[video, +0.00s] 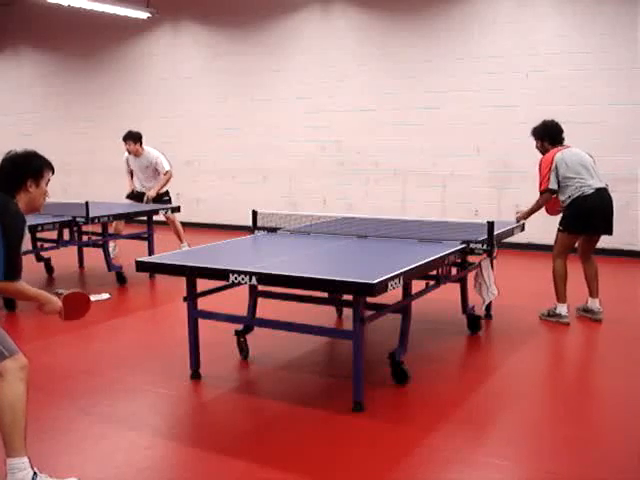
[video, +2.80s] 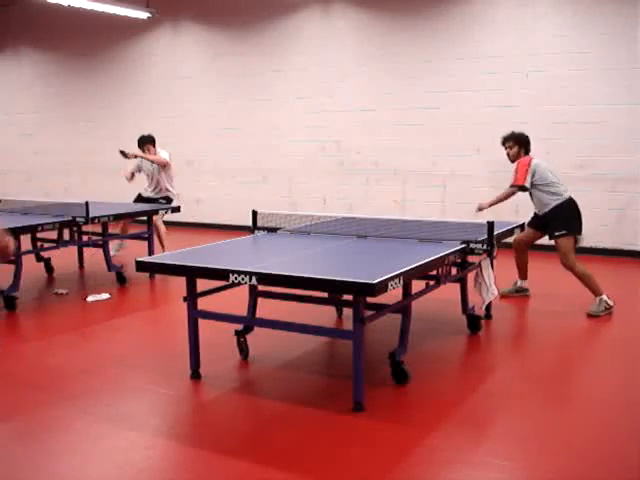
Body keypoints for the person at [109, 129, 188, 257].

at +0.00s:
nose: (126, 148)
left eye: (128, 144)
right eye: (125, 145)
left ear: (137, 144)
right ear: (128, 145)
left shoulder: (154, 156)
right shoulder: (128, 157)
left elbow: (168, 174)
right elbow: (129, 171)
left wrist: (155, 190)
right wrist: (131, 185)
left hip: (159, 193)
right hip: (139, 192)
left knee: (170, 217)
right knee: (119, 216)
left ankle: (184, 244)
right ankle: (113, 245)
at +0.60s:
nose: (121, 163)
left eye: (124, 160)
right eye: (120, 159)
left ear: (132, 158)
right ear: (119, 159)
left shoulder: (146, 165)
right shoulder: (117, 167)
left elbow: (156, 185)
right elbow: (112, 182)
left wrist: (136, 194)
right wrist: (118, 195)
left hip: (149, 195)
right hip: (130, 194)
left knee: (162, 216)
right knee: (117, 218)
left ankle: (182, 243)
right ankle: (113, 247)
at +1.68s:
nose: (131, 151)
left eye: (133, 148)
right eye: (130, 148)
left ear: (142, 147)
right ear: (129, 148)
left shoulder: (155, 157)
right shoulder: (127, 158)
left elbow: (169, 174)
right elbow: (120, 174)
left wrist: (152, 186)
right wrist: (128, 186)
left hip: (156, 193)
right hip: (134, 193)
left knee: (169, 216)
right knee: (122, 218)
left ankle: (183, 244)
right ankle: (113, 247)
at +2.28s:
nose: (127, 142)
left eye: (130, 139)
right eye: (126, 139)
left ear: (138, 139)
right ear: (124, 138)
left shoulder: (149, 154)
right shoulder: (119, 150)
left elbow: (155, 174)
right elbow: (107, 166)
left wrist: (144, 182)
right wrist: (117, 178)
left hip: (140, 192)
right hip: (120, 192)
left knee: (152, 220)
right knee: (111, 221)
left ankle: (165, 248)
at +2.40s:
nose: (134, 156)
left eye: (137, 153)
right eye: (132, 153)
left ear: (143, 153)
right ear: (129, 153)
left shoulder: (151, 168)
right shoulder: (123, 165)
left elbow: (162, 187)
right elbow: (114, 184)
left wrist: (167, 200)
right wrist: (131, 192)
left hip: (142, 204)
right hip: (122, 203)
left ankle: (160, 251)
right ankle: (94, 248)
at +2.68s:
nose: (148, 160)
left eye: (150, 156)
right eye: (144, 158)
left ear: (153, 155)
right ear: (139, 159)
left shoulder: (160, 165)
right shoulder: (135, 167)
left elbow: (174, 178)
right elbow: (127, 185)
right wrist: (138, 198)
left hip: (157, 200)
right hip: (141, 201)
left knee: (155, 220)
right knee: (117, 223)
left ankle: (165, 252)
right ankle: (97, 247)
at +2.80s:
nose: (146, 153)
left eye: (148, 150)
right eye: (143, 151)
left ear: (153, 146)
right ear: (141, 150)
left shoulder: (163, 154)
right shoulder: (141, 160)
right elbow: (131, 177)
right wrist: (128, 175)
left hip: (165, 195)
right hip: (147, 194)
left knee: (156, 219)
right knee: (126, 218)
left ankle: (165, 250)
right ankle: (121, 242)